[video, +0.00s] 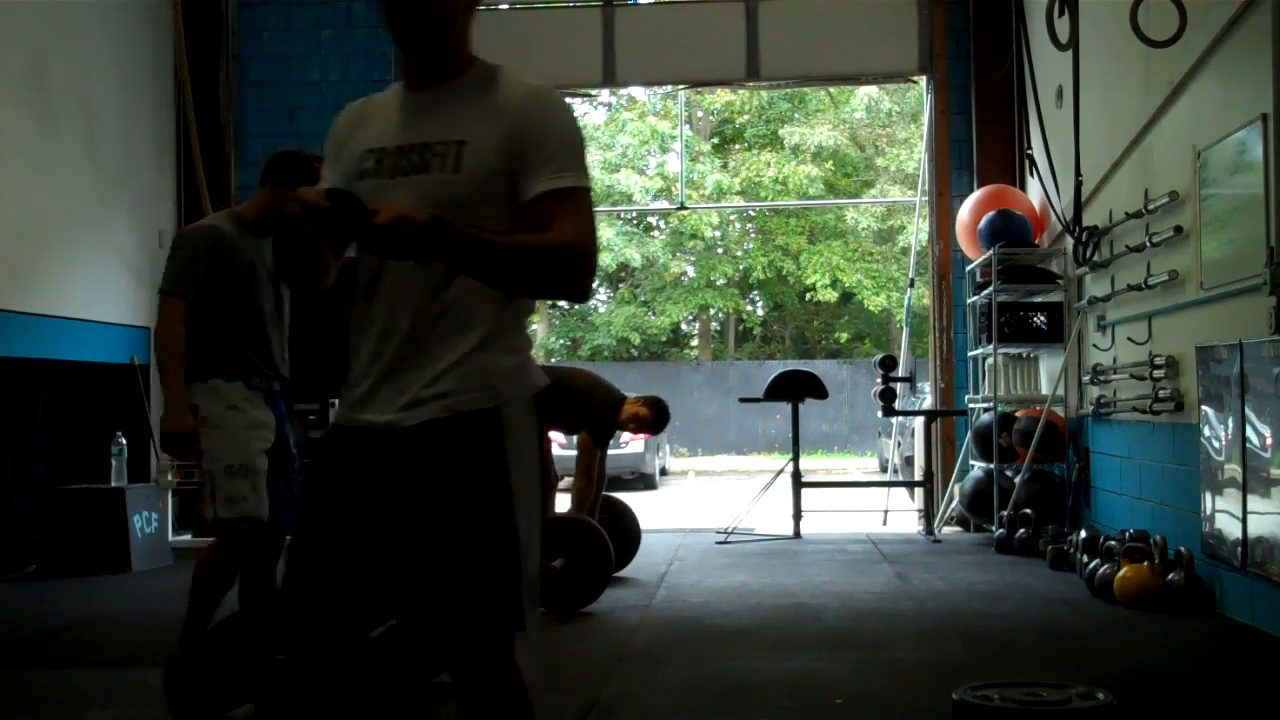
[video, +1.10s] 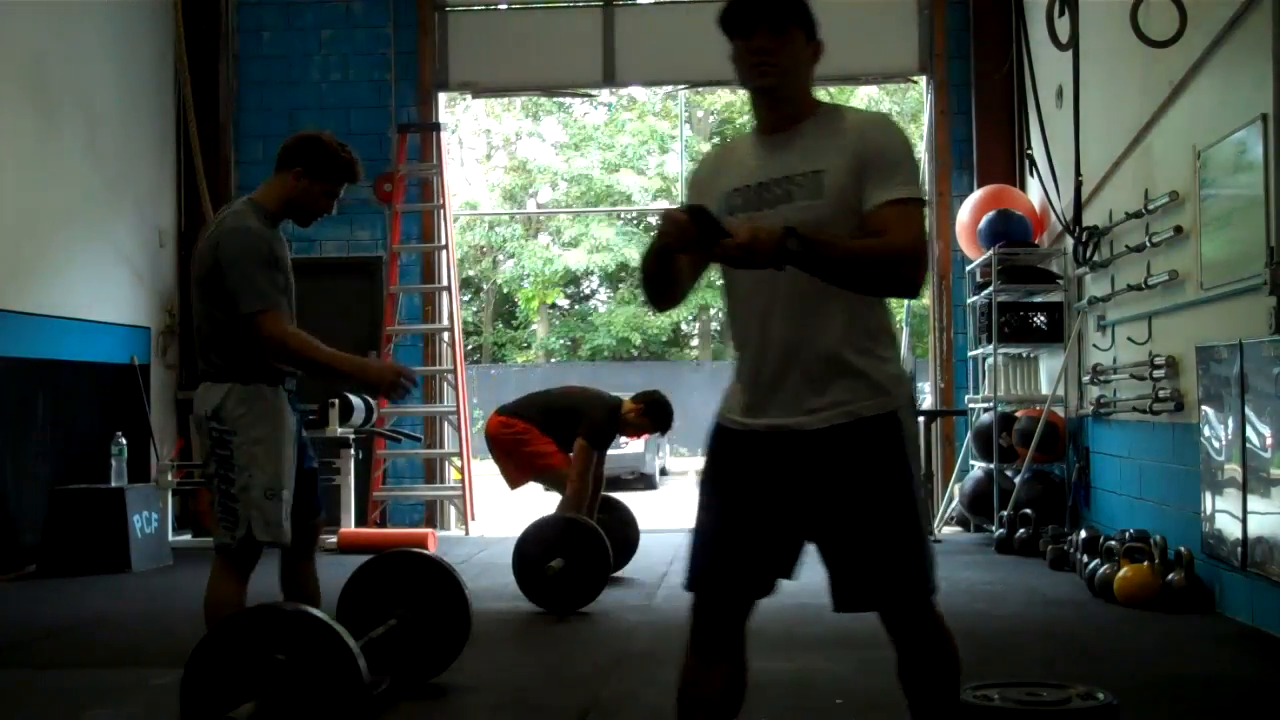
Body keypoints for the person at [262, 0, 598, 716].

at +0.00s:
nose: (413, 13)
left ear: (469, 2)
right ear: (384, 8)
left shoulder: (529, 109)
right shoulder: (355, 123)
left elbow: (574, 269)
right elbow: (316, 274)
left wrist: (434, 239)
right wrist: (303, 229)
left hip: (478, 417)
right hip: (366, 424)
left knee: (479, 652)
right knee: (326, 642)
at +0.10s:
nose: (453, 19)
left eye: (472, 3)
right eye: (442, 4)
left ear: (511, 8)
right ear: (425, 15)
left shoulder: (567, 116)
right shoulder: (393, 132)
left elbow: (610, 268)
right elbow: (351, 289)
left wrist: (476, 236)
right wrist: (345, 240)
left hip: (514, 415)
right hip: (408, 423)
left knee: (496, 651)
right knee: (387, 639)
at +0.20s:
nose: (480, 28)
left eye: (498, 11)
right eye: (468, 13)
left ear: (542, 15)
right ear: (454, 24)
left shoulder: (598, 123)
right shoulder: (429, 147)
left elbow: (639, 269)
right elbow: (376, 278)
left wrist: (509, 224)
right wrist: (387, 222)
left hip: (551, 412)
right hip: (455, 420)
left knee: (535, 644)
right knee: (483, 643)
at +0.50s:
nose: (546, 47)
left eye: (563, 29)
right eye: (534, 36)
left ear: (609, 35)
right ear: (526, 48)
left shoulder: (668, 117)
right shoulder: (528, 172)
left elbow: (713, 244)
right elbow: (489, 296)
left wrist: (582, 218)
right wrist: (465, 236)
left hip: (660, 399)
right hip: (576, 408)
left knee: (625, 613)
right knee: (602, 616)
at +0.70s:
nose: (600, 49)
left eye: (616, 31)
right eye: (588, 38)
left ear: (660, 36)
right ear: (581, 51)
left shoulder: (720, 118)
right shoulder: (583, 171)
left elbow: (764, 242)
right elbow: (541, 290)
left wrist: (635, 221)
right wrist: (525, 240)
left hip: (715, 396)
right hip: (628, 405)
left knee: (702, 613)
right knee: (651, 618)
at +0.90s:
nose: (674, 44)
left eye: (691, 27)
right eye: (662, 32)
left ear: (732, 37)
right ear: (652, 49)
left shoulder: (790, 129)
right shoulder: (644, 169)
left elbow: (826, 257)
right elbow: (595, 289)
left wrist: (705, 234)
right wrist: (586, 244)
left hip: (779, 409)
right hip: (677, 417)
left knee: (825, 612)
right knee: (669, 620)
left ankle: (903, 715)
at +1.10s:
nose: (759, 49)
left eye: (776, 32)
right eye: (745, 37)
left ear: (812, 46)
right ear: (732, 54)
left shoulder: (870, 138)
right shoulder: (719, 166)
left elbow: (907, 264)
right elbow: (663, 295)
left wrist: (789, 246)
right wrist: (667, 250)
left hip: (861, 419)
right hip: (753, 423)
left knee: (910, 616)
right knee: (715, 619)